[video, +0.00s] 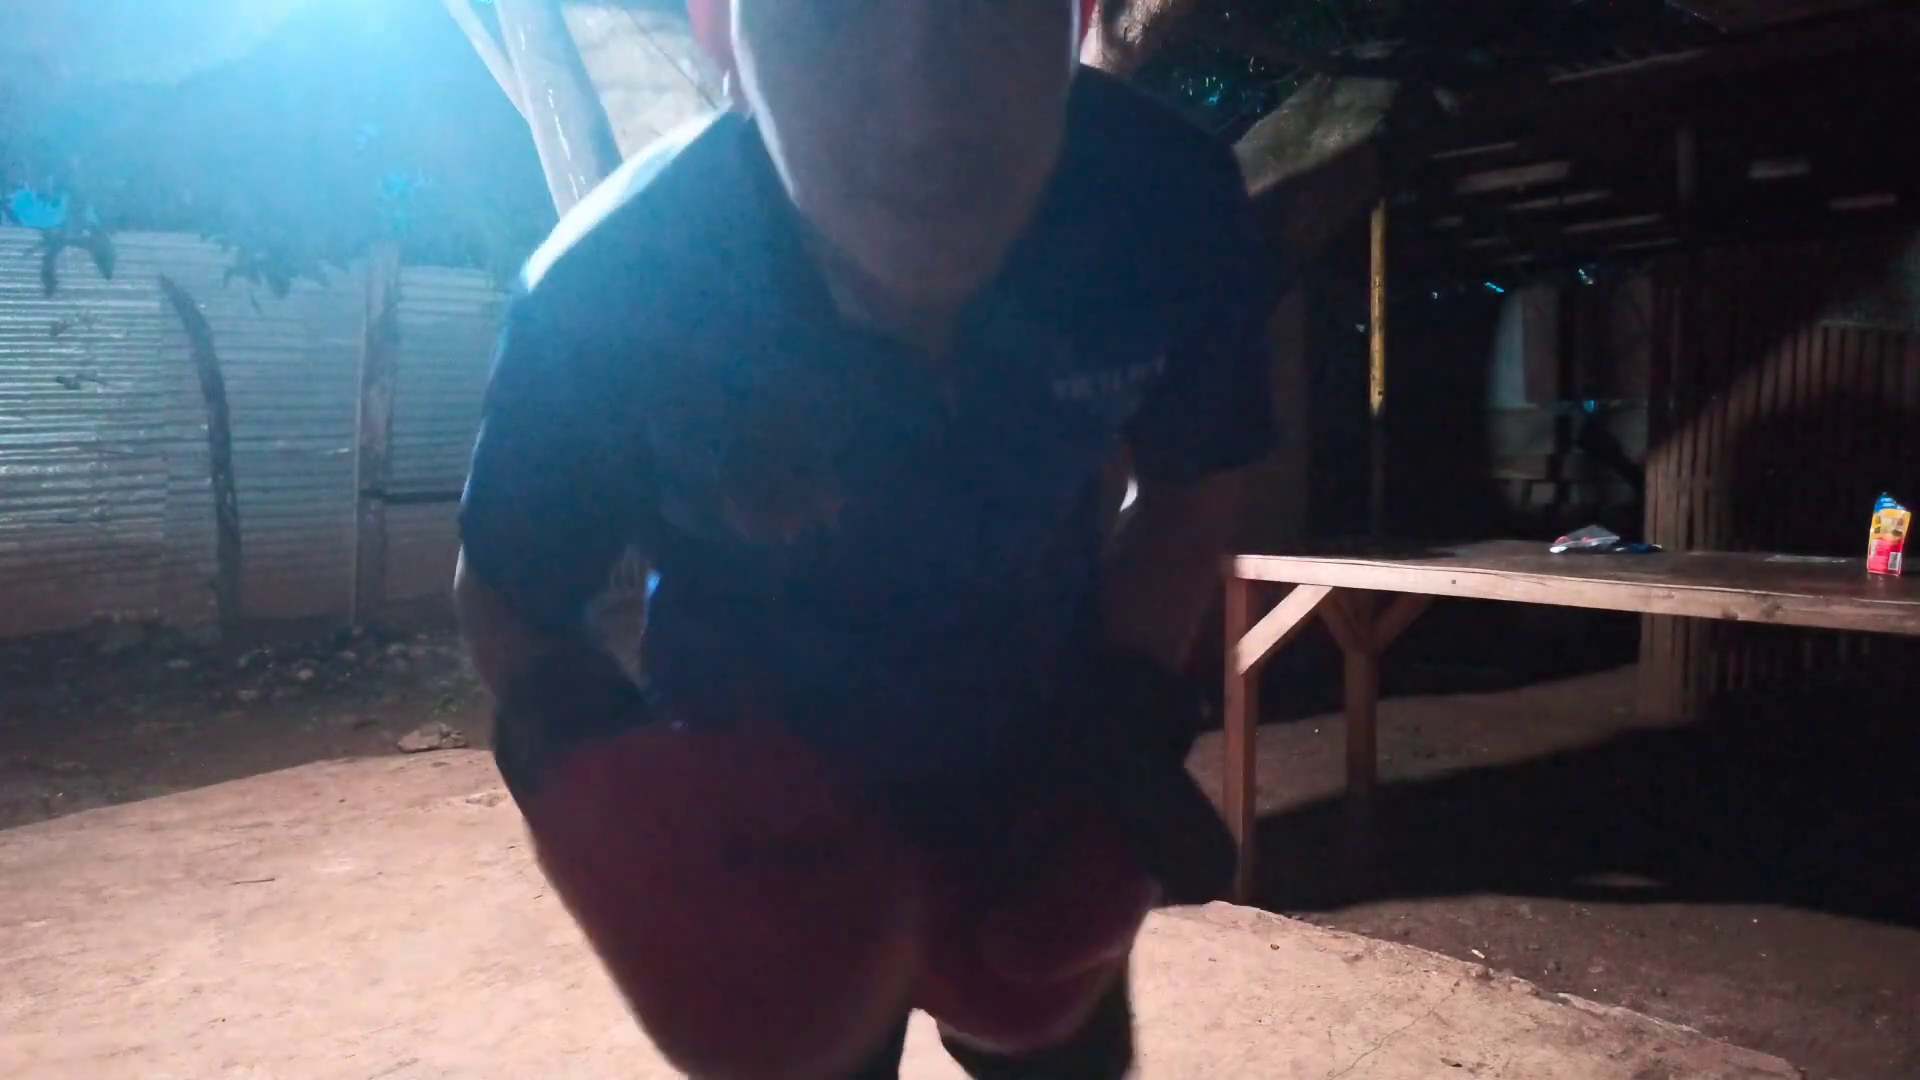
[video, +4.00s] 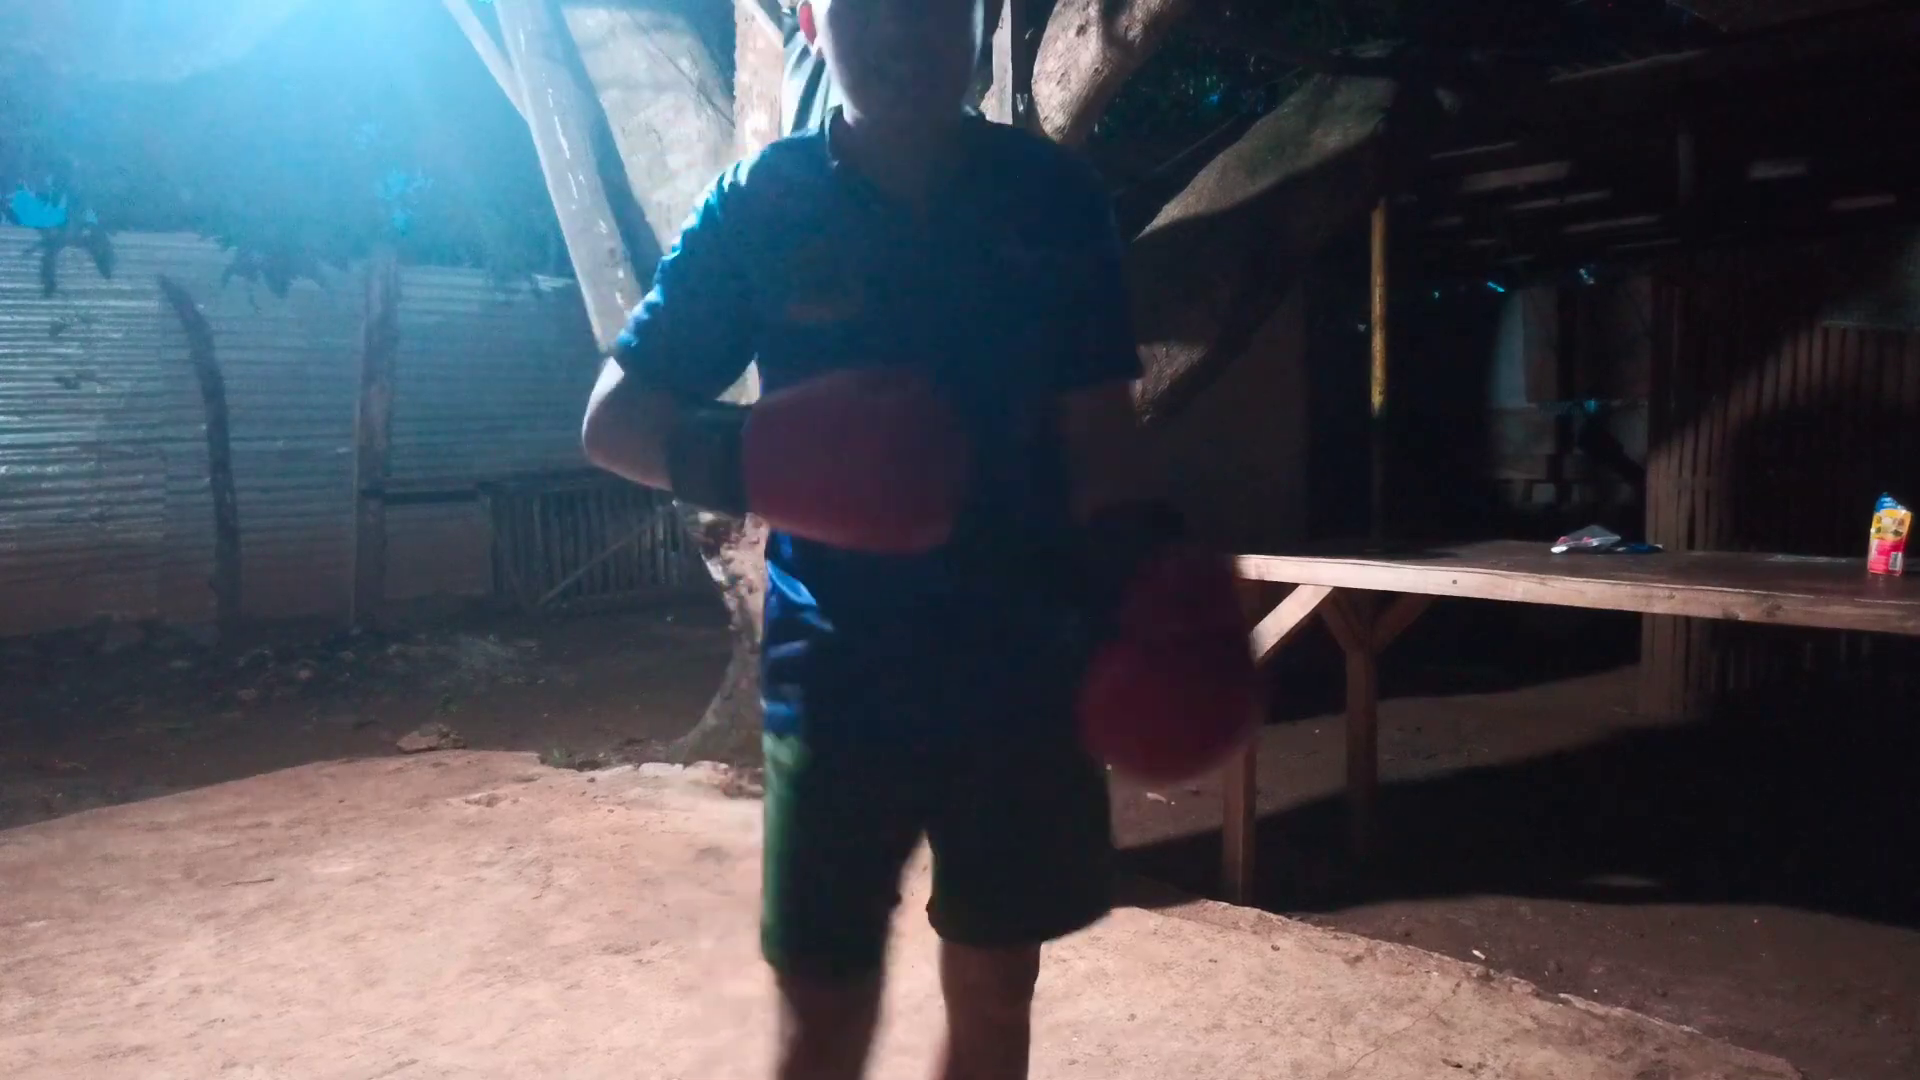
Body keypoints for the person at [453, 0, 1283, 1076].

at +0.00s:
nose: (922, 109)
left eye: (980, 34)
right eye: (844, 36)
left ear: (1078, 25)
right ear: (718, 32)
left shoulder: (1173, 206)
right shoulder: (604, 293)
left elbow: (1192, 493)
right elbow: (508, 592)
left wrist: (1097, 773)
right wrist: (640, 814)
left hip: (1040, 799)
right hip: (769, 818)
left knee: (1070, 1060)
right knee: (799, 1059)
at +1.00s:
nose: (1042, 102)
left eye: (1082, 62)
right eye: (1002, 63)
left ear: (1139, 77)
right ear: (949, 83)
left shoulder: (1184, 252)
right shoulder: (886, 226)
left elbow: (1224, 522)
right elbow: (786, 443)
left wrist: (1250, 727)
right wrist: (933, 418)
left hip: (1133, 726)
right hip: (933, 731)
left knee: (1160, 1048)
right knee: (927, 1058)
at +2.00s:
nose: (816, 56)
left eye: (843, 30)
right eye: (785, 32)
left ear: (891, 41)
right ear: (741, 56)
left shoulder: (980, 186)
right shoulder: (698, 242)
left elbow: (990, 415)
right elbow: (663, 467)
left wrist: (890, 573)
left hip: (978, 633)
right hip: (794, 647)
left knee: (1038, 993)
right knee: (828, 996)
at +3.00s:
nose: (758, 61)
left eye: (789, 34)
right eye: (727, 35)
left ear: (836, 60)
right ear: (681, 62)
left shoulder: (898, 205)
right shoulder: (630, 225)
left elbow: (928, 428)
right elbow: (493, 415)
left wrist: (996, 587)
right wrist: (621, 470)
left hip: (896, 623)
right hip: (729, 642)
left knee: (921, 926)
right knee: (741, 976)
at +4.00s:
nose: (911, 33)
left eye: (937, 8)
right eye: (875, 9)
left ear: (977, 27)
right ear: (813, 28)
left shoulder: (1052, 193)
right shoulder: (770, 199)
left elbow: (1102, 441)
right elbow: (616, 420)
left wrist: (1151, 611)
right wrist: (770, 459)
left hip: (1015, 670)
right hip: (837, 677)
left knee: (994, 1000)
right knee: (821, 1027)